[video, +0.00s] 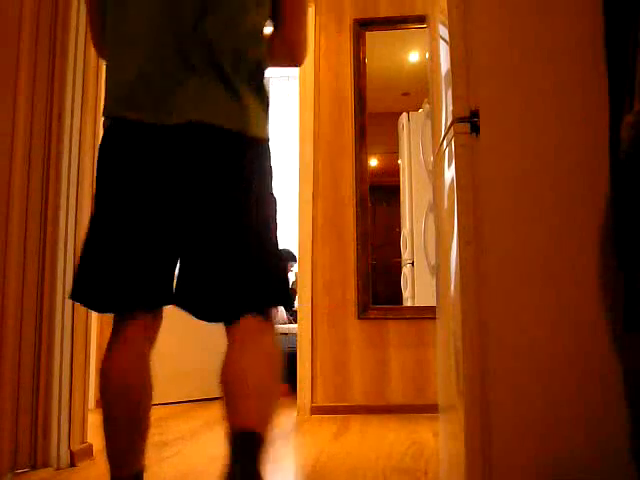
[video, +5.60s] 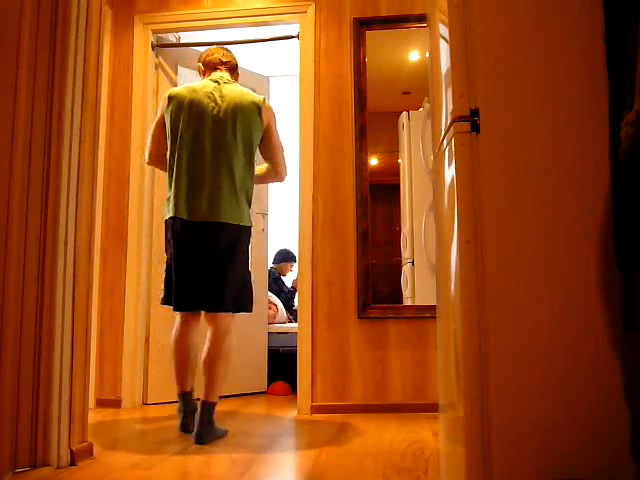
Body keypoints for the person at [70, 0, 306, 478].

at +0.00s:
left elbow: (103, 41)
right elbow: (292, 46)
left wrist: (165, 48)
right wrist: (225, 48)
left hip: (134, 133)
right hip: (228, 136)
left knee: (134, 321)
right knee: (251, 317)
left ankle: (125, 477)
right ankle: (245, 472)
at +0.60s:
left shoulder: (145, 17)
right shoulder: (256, 30)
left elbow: (123, 101)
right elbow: (269, 124)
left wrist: (173, 110)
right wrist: (217, 118)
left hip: (154, 190)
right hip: (220, 195)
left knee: (154, 322)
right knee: (213, 326)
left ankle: (150, 452)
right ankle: (200, 463)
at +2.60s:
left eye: (168, 35)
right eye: (203, 40)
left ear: (164, 37)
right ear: (206, 40)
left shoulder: (133, 71)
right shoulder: (229, 74)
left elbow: (119, 144)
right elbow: (256, 149)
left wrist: (159, 154)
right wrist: (216, 161)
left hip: (151, 211)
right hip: (207, 211)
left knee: (155, 324)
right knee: (209, 323)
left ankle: (163, 440)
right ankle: (204, 419)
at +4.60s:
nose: (187, 74)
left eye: (187, 71)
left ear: (187, 72)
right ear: (222, 72)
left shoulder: (166, 93)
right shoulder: (249, 102)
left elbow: (144, 162)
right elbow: (266, 170)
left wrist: (178, 178)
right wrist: (228, 179)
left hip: (174, 218)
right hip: (222, 221)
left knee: (172, 319)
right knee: (214, 322)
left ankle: (174, 421)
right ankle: (204, 422)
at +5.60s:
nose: (215, 69)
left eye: (206, 65)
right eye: (227, 65)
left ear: (200, 70)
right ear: (235, 71)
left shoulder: (177, 97)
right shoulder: (257, 104)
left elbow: (154, 155)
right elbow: (278, 169)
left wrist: (191, 171)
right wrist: (240, 178)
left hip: (183, 218)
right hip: (231, 222)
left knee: (186, 316)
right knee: (220, 324)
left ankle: (186, 410)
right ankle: (205, 422)